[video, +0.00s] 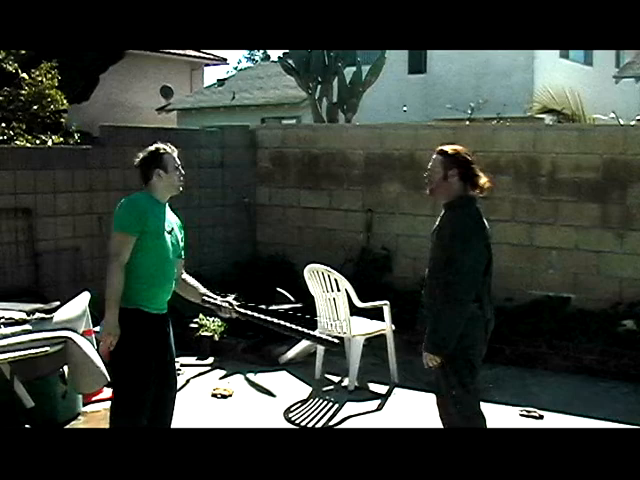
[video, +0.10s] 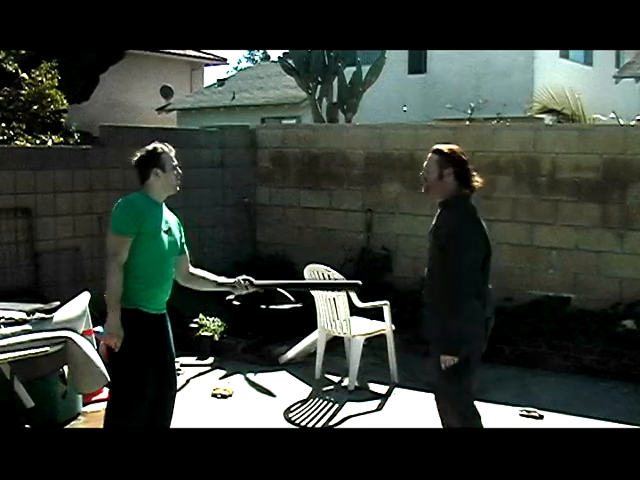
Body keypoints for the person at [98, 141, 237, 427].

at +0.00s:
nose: (182, 173)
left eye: (181, 168)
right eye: (176, 168)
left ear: (165, 174)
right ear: (158, 174)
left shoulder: (174, 221)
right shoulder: (133, 207)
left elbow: (178, 277)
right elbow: (117, 262)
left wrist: (214, 301)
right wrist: (111, 319)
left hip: (160, 319)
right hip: (133, 318)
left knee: (164, 391)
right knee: (133, 395)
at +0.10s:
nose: (179, 173)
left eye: (178, 167)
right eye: (173, 168)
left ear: (159, 173)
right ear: (156, 173)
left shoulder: (172, 220)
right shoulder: (130, 207)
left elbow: (185, 274)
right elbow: (114, 263)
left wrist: (229, 283)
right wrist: (113, 319)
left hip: (158, 317)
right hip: (132, 317)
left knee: (164, 390)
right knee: (131, 393)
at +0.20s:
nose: (174, 171)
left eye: (172, 166)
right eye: (168, 166)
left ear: (155, 173)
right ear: (150, 172)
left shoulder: (169, 219)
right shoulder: (123, 209)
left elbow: (200, 262)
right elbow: (112, 267)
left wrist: (246, 252)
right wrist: (119, 320)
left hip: (157, 318)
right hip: (128, 318)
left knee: (163, 390)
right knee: (129, 394)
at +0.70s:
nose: (141, 170)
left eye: (138, 165)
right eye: (134, 166)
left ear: (120, 174)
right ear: (117, 173)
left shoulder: (144, 214)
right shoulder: (95, 221)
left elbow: (189, 235)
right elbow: (92, 284)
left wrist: (230, 213)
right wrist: (100, 338)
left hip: (153, 323)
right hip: (119, 327)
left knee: (159, 402)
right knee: (121, 409)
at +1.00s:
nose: (131, 168)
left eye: (128, 162)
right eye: (123, 164)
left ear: (112, 176)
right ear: (107, 175)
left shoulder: (139, 214)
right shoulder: (89, 223)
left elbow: (184, 234)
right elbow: (82, 285)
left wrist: (225, 210)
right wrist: (85, 339)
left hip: (151, 321)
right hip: (114, 328)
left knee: (166, 395)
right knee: (117, 408)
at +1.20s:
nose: (139, 170)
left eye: (136, 165)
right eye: (131, 166)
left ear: (119, 174)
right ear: (114, 174)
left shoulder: (146, 215)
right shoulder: (94, 221)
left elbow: (190, 236)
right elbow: (88, 281)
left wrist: (232, 211)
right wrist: (93, 335)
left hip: (156, 323)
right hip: (118, 327)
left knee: (169, 403)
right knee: (117, 412)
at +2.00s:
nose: (201, 173)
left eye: (200, 167)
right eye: (195, 168)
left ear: (182, 174)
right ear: (175, 174)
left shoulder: (199, 218)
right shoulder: (145, 210)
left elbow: (210, 270)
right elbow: (128, 265)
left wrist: (249, 298)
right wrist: (127, 316)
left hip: (185, 318)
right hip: (151, 318)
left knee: (185, 390)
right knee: (149, 394)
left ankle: (176, 430)